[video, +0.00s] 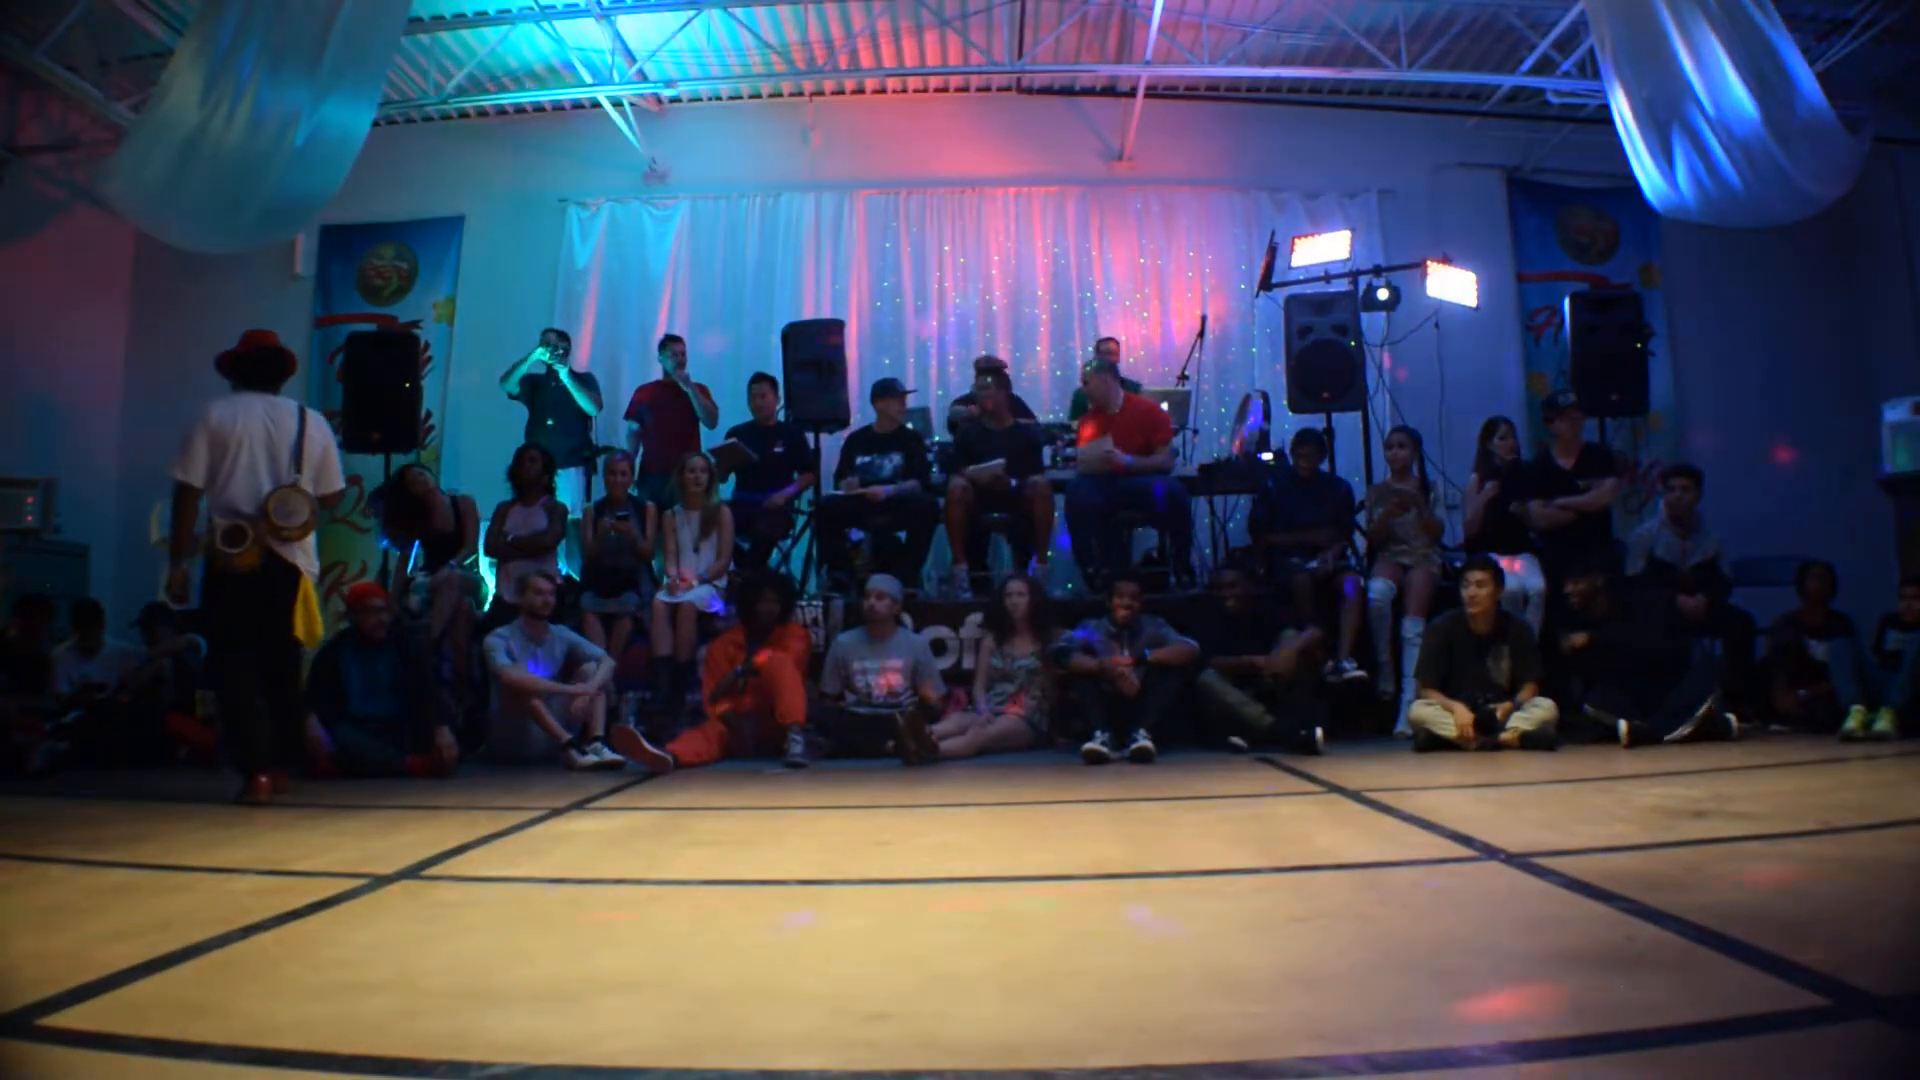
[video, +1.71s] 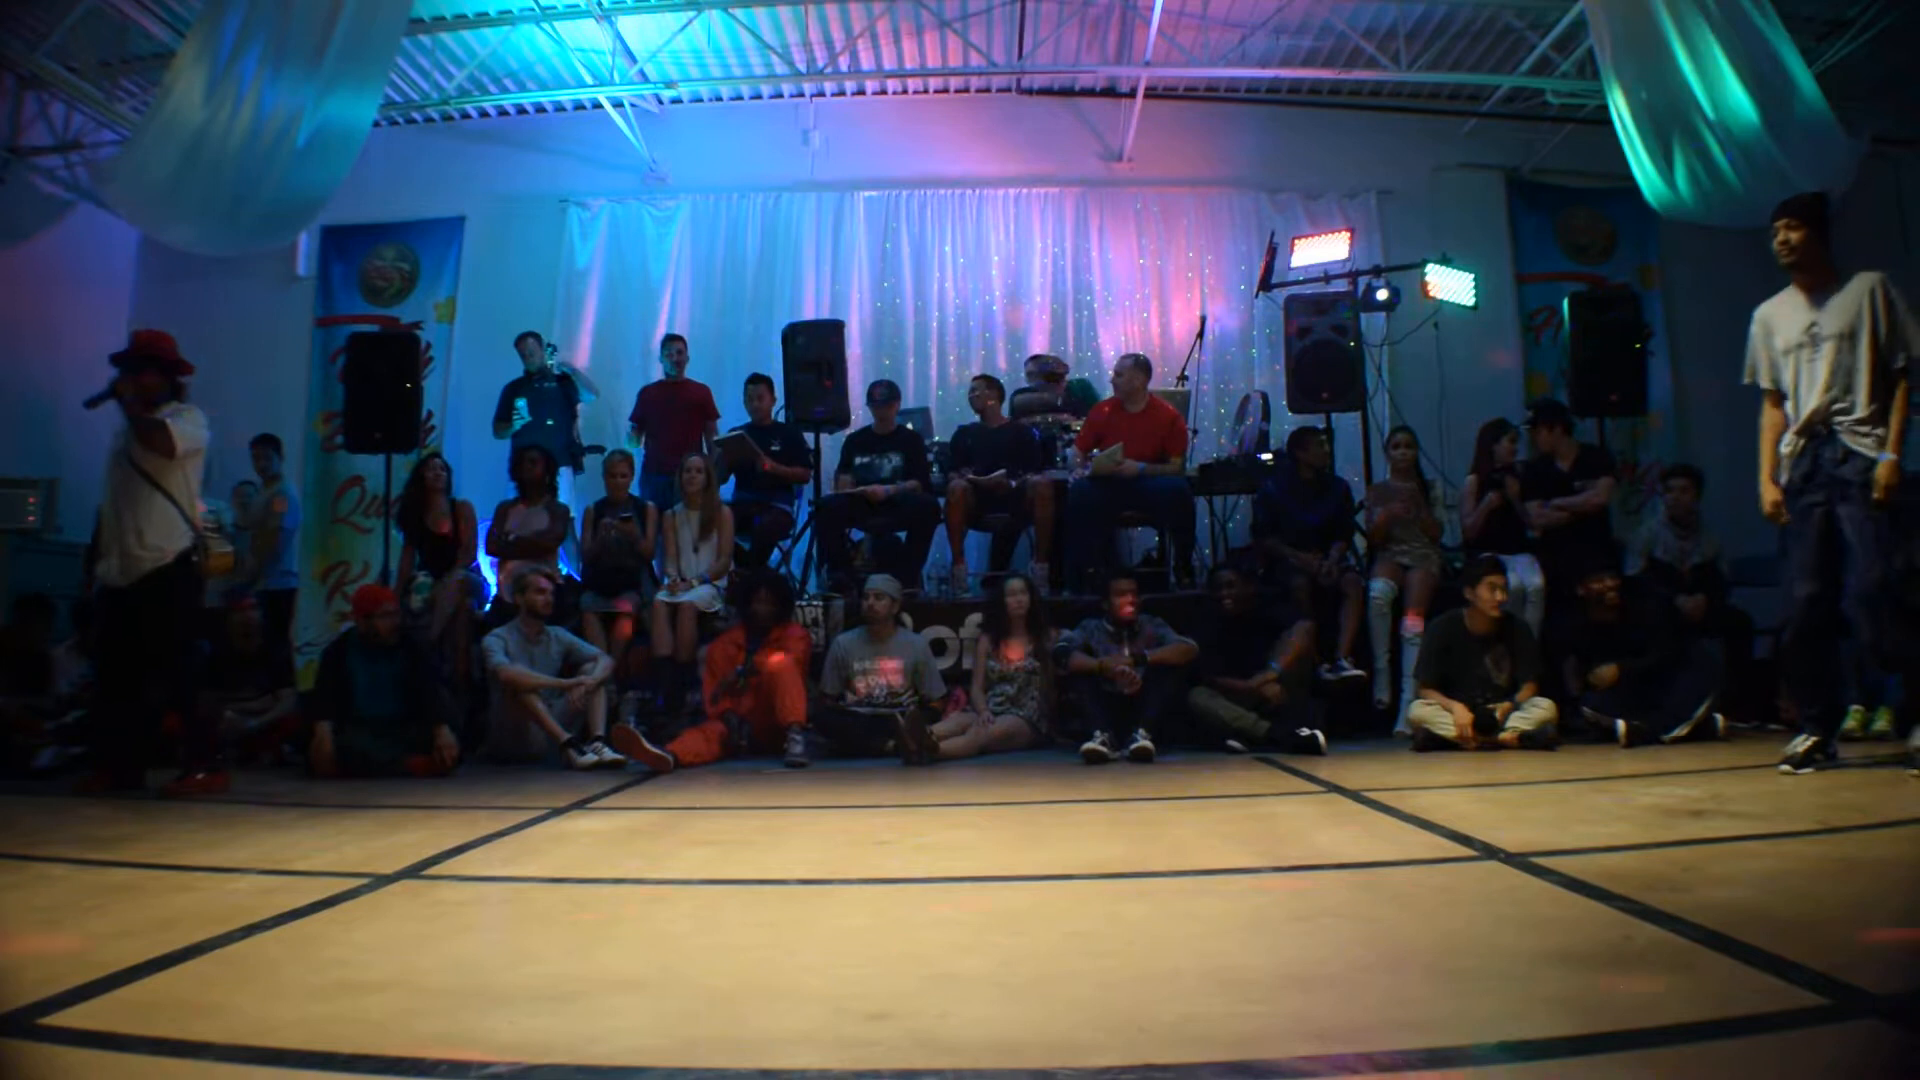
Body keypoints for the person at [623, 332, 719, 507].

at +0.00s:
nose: (679, 359)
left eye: (682, 354)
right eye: (673, 355)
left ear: (686, 356)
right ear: (661, 359)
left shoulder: (698, 390)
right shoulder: (645, 393)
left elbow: (711, 421)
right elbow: (633, 436)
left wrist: (688, 387)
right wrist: (627, 475)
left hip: (688, 476)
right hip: (653, 474)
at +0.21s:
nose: (677, 360)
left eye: (681, 354)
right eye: (671, 355)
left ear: (686, 357)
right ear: (660, 359)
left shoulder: (698, 392)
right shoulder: (644, 393)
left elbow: (713, 429)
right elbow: (633, 436)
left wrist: (691, 410)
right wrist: (628, 473)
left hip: (688, 476)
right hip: (653, 473)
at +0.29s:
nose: (669, 360)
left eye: (674, 354)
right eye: (664, 356)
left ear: (684, 357)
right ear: (659, 360)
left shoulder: (699, 393)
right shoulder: (645, 393)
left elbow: (713, 431)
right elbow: (634, 434)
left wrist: (690, 423)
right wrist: (629, 471)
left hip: (688, 476)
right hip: (653, 473)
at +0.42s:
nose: (659, 361)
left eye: (664, 355)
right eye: (656, 356)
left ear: (680, 356)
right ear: (654, 360)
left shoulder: (699, 393)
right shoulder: (644, 393)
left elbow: (711, 433)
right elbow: (634, 433)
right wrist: (628, 469)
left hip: (686, 476)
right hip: (652, 473)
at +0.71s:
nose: (656, 361)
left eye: (661, 355)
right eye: (655, 356)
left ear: (679, 356)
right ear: (653, 360)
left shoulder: (699, 393)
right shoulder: (645, 392)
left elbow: (711, 435)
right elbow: (634, 434)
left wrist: (715, 473)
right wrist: (628, 471)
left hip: (687, 478)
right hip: (651, 475)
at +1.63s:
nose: (674, 359)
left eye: (680, 353)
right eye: (668, 354)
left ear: (687, 358)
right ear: (661, 359)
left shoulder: (701, 392)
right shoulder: (648, 393)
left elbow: (711, 436)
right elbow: (637, 435)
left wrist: (712, 474)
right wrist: (627, 470)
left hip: (690, 477)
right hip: (655, 475)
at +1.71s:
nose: (675, 359)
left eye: (679, 353)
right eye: (669, 354)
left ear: (687, 357)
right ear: (661, 359)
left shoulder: (701, 392)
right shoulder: (648, 393)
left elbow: (712, 436)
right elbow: (635, 436)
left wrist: (714, 473)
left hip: (689, 477)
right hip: (654, 475)